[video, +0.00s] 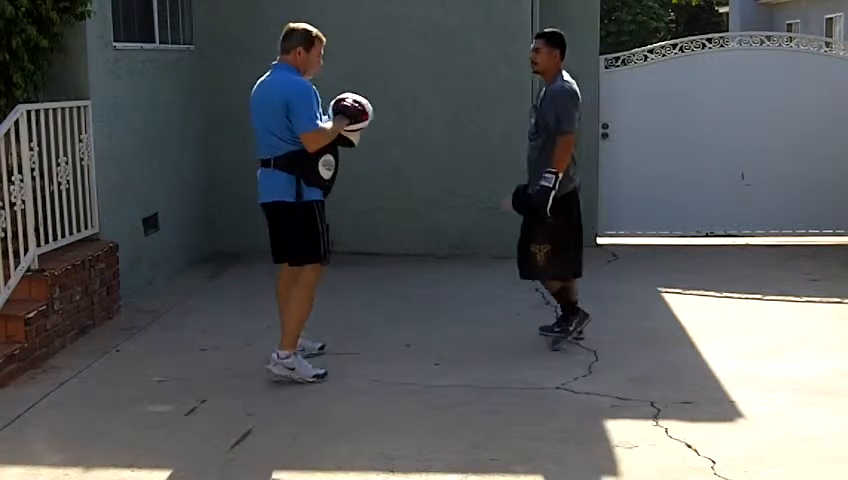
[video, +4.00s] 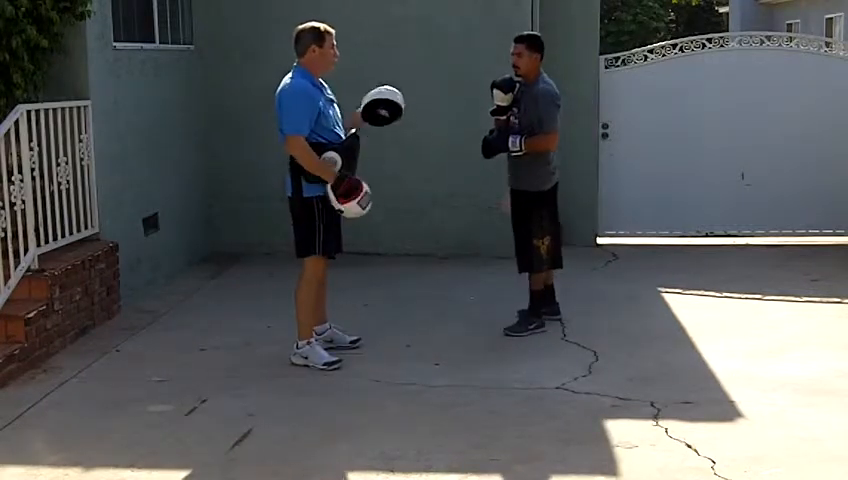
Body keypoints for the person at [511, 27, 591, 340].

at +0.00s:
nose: (532, 56)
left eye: (538, 51)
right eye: (532, 51)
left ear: (556, 55)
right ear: (548, 56)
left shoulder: (562, 91)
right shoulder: (551, 88)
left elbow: (566, 140)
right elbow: (552, 140)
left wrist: (548, 182)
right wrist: (533, 183)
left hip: (556, 193)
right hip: (550, 191)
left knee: (542, 256)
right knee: (551, 255)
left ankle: (571, 313)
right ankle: (568, 313)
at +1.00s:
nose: (488, 58)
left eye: (494, 54)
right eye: (488, 53)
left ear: (512, 59)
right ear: (492, 59)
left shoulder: (516, 93)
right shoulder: (496, 91)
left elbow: (519, 143)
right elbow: (492, 140)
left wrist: (482, 170)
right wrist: (474, 173)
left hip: (511, 186)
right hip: (504, 184)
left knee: (503, 250)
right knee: (516, 244)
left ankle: (501, 318)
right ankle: (521, 300)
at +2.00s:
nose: (510, 56)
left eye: (517, 52)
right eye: (511, 51)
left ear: (535, 58)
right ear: (514, 58)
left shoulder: (545, 95)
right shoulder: (514, 91)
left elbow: (546, 146)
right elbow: (517, 132)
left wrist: (504, 147)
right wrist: (495, 138)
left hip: (542, 187)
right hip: (522, 186)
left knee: (539, 249)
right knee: (527, 246)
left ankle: (534, 315)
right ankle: (548, 295)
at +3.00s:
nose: (526, 59)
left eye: (532, 54)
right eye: (526, 54)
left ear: (549, 57)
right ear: (539, 58)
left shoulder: (553, 92)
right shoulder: (541, 88)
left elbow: (553, 140)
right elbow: (525, 131)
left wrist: (521, 142)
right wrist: (514, 103)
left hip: (548, 184)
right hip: (548, 181)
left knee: (542, 248)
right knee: (559, 243)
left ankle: (535, 313)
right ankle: (564, 303)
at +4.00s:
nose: (513, 60)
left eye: (519, 55)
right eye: (513, 55)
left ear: (536, 58)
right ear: (520, 58)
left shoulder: (545, 92)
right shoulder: (520, 89)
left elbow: (549, 141)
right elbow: (504, 131)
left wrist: (513, 143)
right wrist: (500, 106)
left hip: (539, 184)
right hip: (523, 182)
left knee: (535, 246)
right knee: (536, 244)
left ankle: (535, 313)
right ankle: (548, 303)